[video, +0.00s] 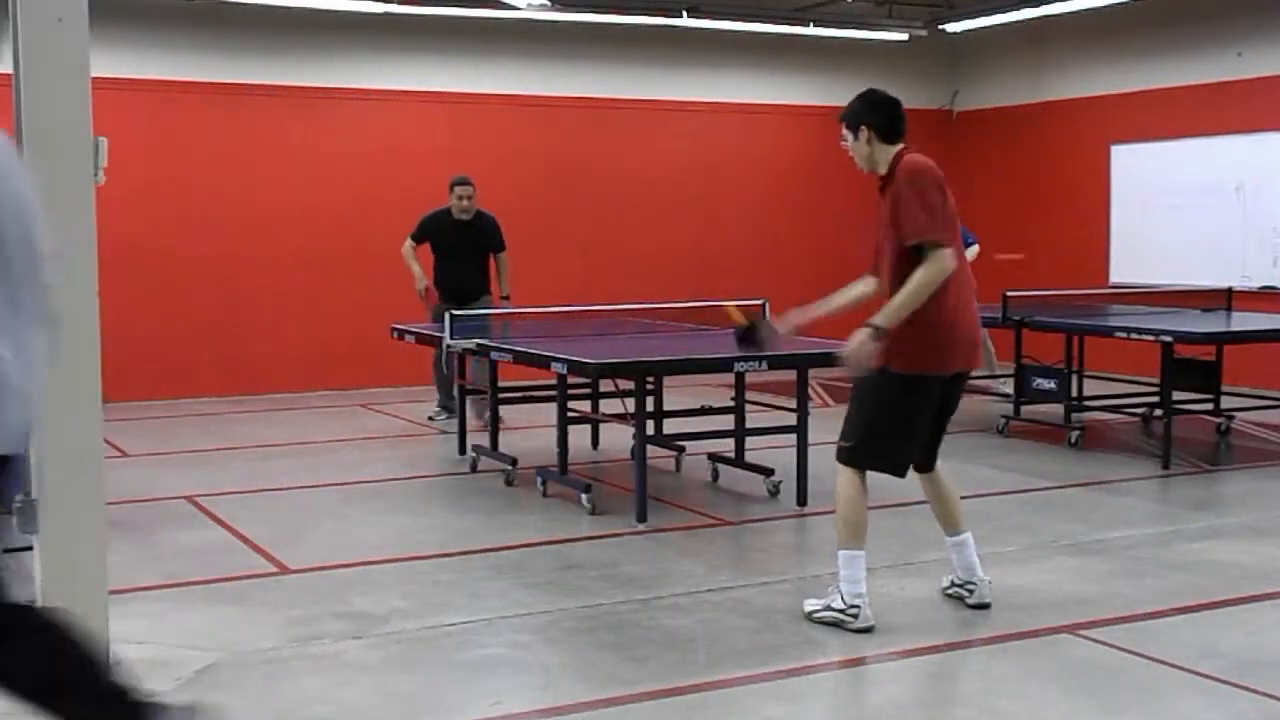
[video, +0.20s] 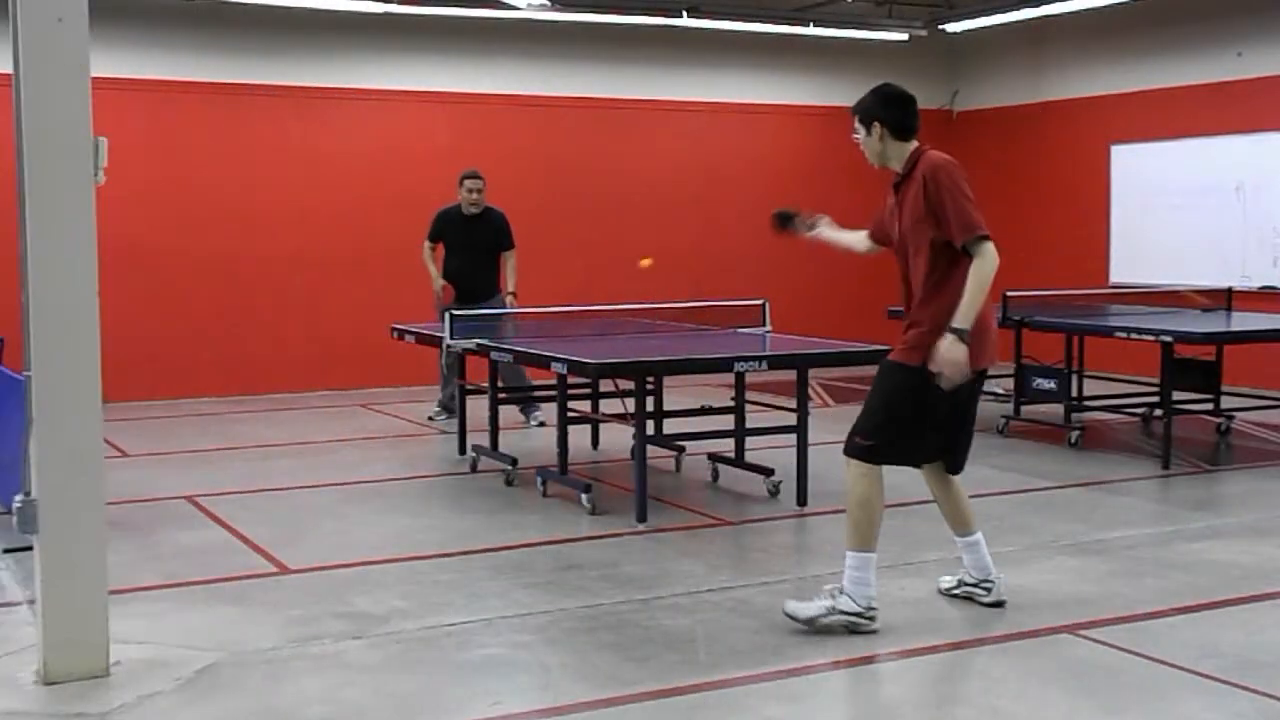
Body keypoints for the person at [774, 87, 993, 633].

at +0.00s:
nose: (849, 152)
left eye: (849, 141)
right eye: (846, 142)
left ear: (867, 134)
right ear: (885, 132)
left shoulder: (912, 172)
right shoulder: (900, 183)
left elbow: (943, 259)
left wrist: (877, 329)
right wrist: (804, 315)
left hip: (911, 351)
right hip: (951, 349)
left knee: (850, 461)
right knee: (923, 460)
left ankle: (850, 599)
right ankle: (972, 579)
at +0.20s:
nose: (860, 145)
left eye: (860, 134)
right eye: (858, 135)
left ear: (879, 130)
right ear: (895, 128)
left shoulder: (938, 171)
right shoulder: (902, 186)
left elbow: (986, 255)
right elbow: (871, 241)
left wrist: (957, 334)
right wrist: (820, 229)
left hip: (926, 347)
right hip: (946, 346)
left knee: (862, 455)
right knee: (933, 460)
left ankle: (857, 597)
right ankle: (981, 576)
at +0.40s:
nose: (869, 148)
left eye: (870, 137)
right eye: (869, 137)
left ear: (885, 139)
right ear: (917, 135)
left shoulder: (934, 186)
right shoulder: (933, 181)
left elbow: (968, 276)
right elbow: (942, 255)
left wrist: (935, 371)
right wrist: (896, 234)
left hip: (927, 362)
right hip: (957, 358)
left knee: (865, 479)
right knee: (933, 465)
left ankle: (906, 612)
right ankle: (981, 574)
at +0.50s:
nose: (870, 140)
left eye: (871, 131)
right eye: (873, 130)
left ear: (885, 135)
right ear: (926, 134)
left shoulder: (916, 183)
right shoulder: (955, 181)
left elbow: (934, 279)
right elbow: (983, 262)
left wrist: (888, 373)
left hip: (926, 371)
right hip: (969, 366)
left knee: (873, 496)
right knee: (947, 464)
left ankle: (930, 634)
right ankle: (979, 575)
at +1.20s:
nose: (914, 164)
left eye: (916, 156)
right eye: (923, 155)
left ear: (924, 161)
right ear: (977, 161)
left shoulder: (904, 214)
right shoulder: (1010, 222)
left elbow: (868, 303)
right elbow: (1037, 325)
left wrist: (860, 366)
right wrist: (1029, 380)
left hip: (917, 395)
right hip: (997, 393)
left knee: (847, 526)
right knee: (1001, 481)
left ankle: (870, 671)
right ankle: (1051, 608)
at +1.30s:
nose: (951, 165)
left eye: (950, 156)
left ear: (953, 164)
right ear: (1006, 165)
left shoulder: (924, 216)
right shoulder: (1032, 225)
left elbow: (894, 312)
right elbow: (1065, 325)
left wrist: (922, 360)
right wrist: (1072, 390)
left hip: (928, 397)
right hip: (1008, 398)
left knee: (869, 525)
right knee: (1025, 481)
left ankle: (873, 672)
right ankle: (1067, 597)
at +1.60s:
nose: (1021, 163)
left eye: (1021, 154)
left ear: (1027, 158)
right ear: (1079, 164)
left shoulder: (1004, 199)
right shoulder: (1099, 216)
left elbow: (962, 289)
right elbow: (1106, 306)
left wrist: (949, 332)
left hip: (1005, 363)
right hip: (1074, 370)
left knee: (952, 490)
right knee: (1055, 469)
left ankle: (915, 641)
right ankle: (1071, 599)